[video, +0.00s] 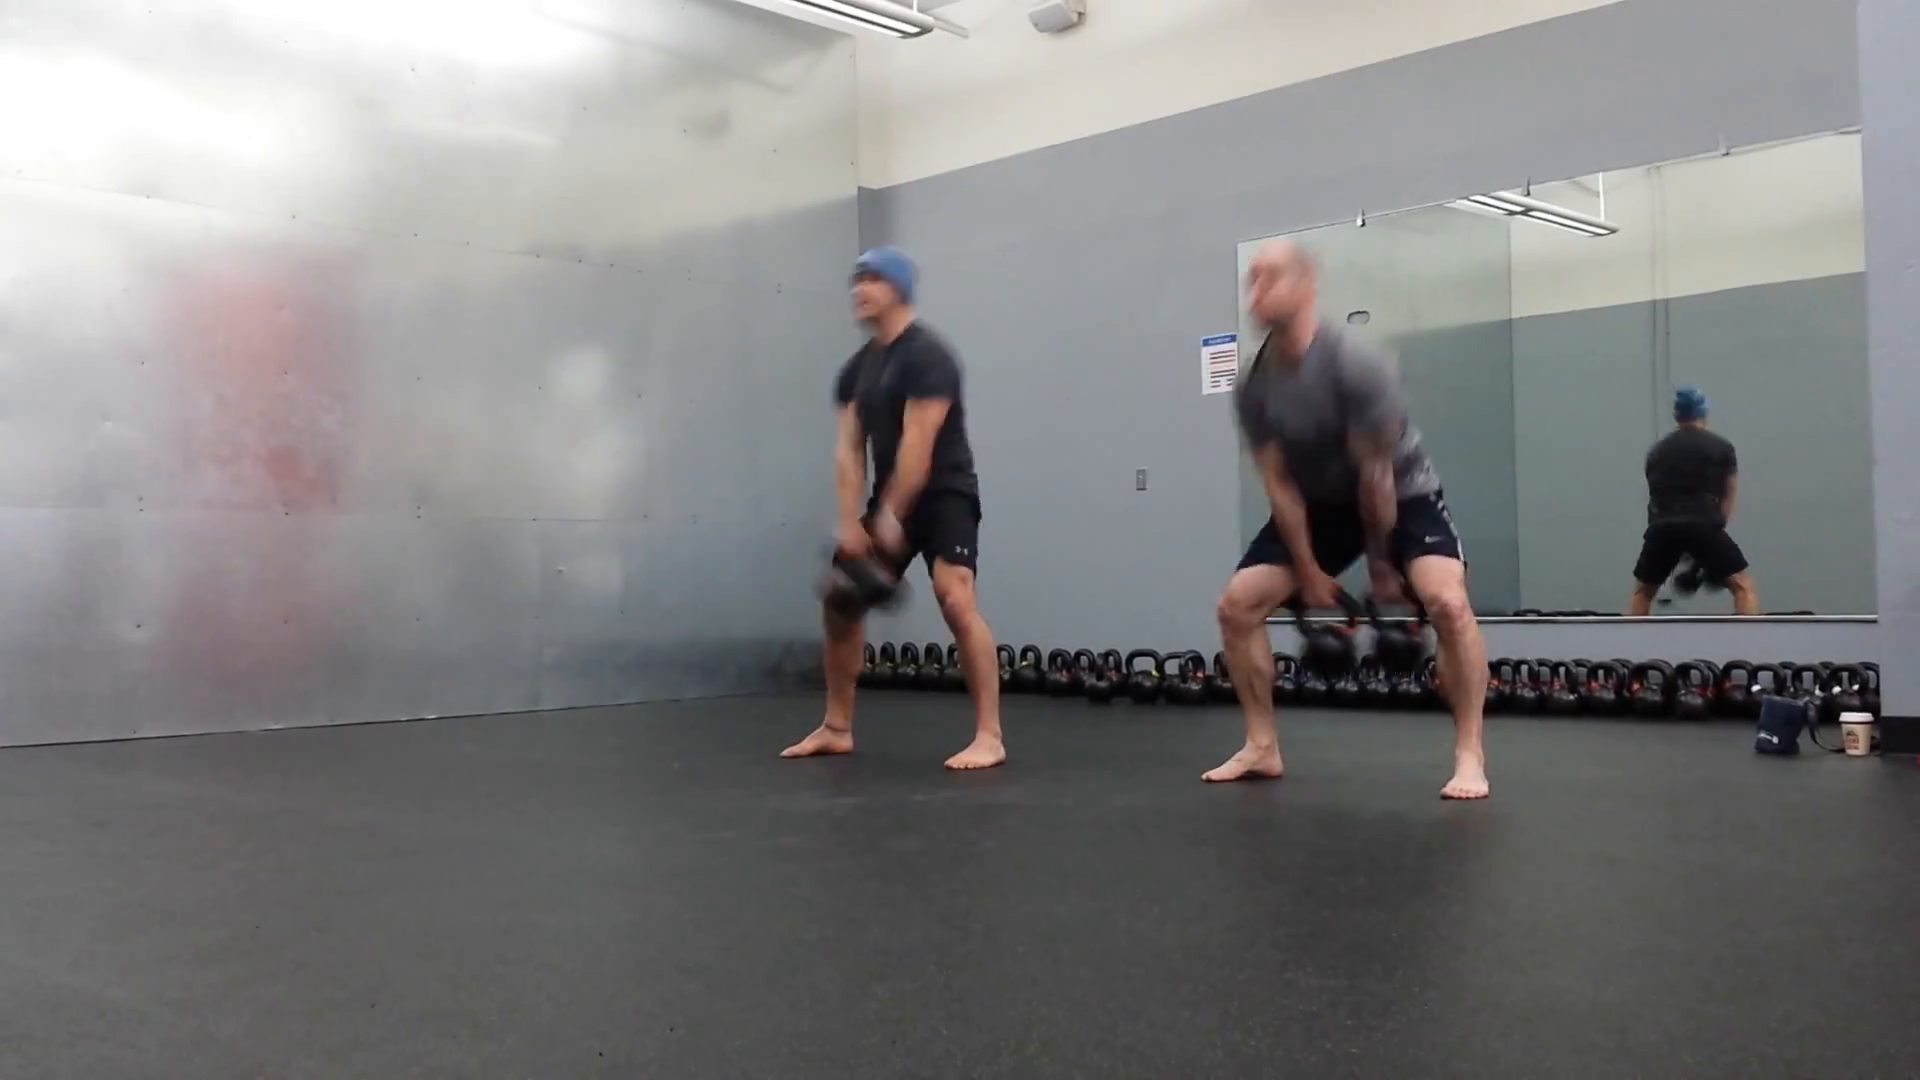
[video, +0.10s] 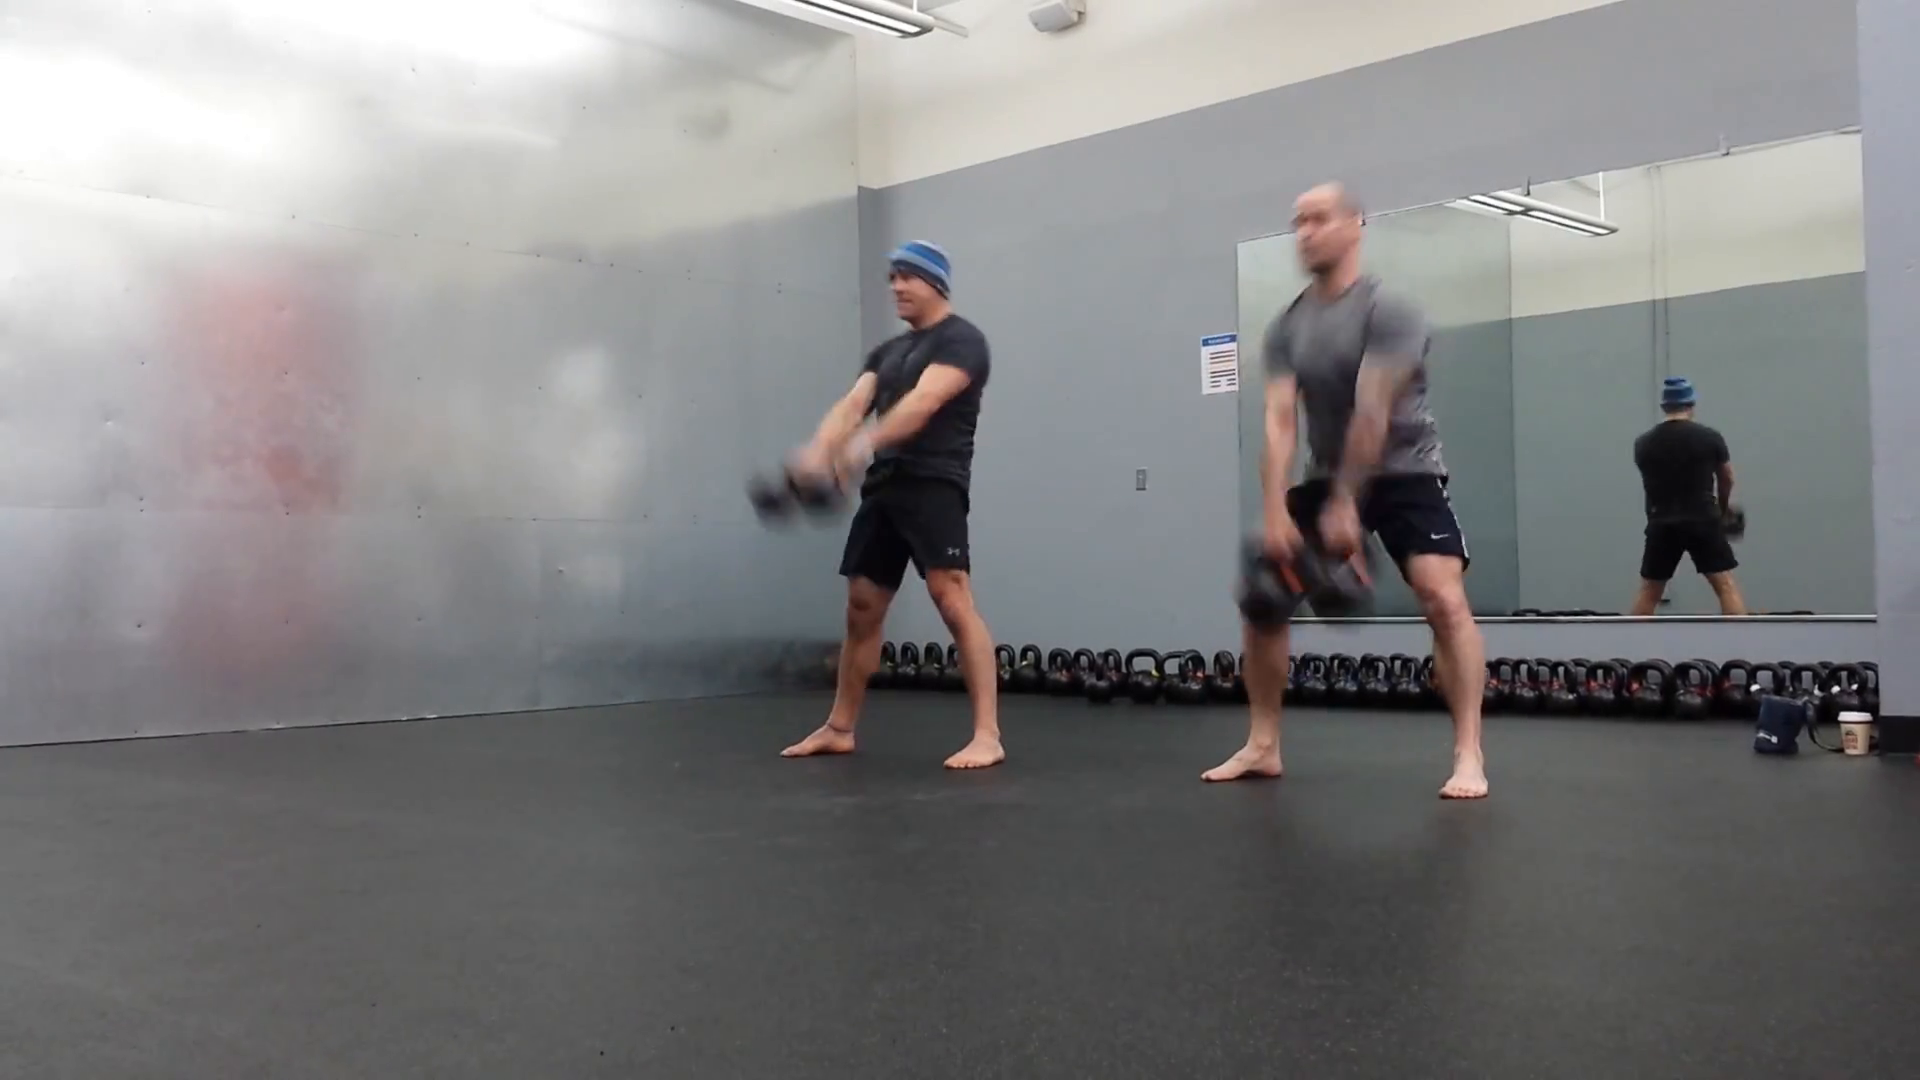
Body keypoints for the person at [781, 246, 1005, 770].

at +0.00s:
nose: (858, 289)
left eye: (870, 280)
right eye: (857, 281)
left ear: (899, 289)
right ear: (860, 293)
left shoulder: (929, 356)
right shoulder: (857, 370)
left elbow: (917, 453)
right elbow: (849, 452)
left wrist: (890, 513)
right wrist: (849, 522)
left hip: (944, 492)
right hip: (891, 494)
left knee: (955, 598)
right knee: (842, 597)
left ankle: (989, 735)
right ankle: (837, 726)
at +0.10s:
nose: (896, 287)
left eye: (906, 277)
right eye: (893, 278)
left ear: (937, 285)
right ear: (896, 287)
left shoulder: (963, 342)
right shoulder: (889, 351)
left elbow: (921, 405)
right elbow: (851, 406)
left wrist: (861, 444)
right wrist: (818, 450)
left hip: (935, 492)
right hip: (884, 491)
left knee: (953, 600)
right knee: (863, 606)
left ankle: (987, 736)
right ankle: (839, 727)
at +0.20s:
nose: (907, 296)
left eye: (916, 285)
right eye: (903, 288)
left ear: (945, 291)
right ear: (904, 297)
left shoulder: (973, 348)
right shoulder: (896, 356)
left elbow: (922, 385)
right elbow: (856, 386)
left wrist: (854, 385)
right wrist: (819, 392)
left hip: (930, 491)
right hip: (877, 491)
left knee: (949, 601)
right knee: (858, 612)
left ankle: (986, 735)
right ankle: (839, 726)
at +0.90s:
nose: (869, 314)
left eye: (877, 303)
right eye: (864, 304)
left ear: (906, 300)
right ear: (863, 307)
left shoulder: (943, 351)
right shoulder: (870, 363)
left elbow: (923, 429)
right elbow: (849, 431)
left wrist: (877, 488)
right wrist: (831, 495)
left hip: (953, 497)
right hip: (898, 500)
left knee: (956, 597)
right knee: (848, 606)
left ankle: (987, 736)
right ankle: (838, 727)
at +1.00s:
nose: (827, 351)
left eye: (833, 339)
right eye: (821, 341)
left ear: (860, 333)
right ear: (822, 342)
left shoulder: (912, 385)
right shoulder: (835, 402)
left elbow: (924, 477)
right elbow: (848, 485)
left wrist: (913, 547)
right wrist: (871, 555)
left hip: (956, 507)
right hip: (899, 511)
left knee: (962, 598)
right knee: (829, 608)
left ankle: (990, 736)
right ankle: (836, 727)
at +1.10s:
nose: (790, 415)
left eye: (797, 401)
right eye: (784, 404)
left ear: (825, 394)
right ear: (783, 407)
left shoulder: (885, 439)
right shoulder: (810, 460)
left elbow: (932, 531)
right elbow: (853, 534)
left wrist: (938, 586)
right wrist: (902, 587)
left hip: (954, 530)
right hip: (893, 540)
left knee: (966, 602)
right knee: (817, 608)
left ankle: (991, 737)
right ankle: (835, 728)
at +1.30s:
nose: (788, 394)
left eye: (798, 381)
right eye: (785, 384)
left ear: (827, 383)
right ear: (787, 389)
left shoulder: (885, 435)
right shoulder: (810, 452)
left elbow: (923, 529)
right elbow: (851, 529)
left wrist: (936, 585)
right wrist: (892, 579)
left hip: (951, 527)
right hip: (889, 538)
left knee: (954, 604)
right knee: (813, 609)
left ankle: (989, 737)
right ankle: (835, 728)